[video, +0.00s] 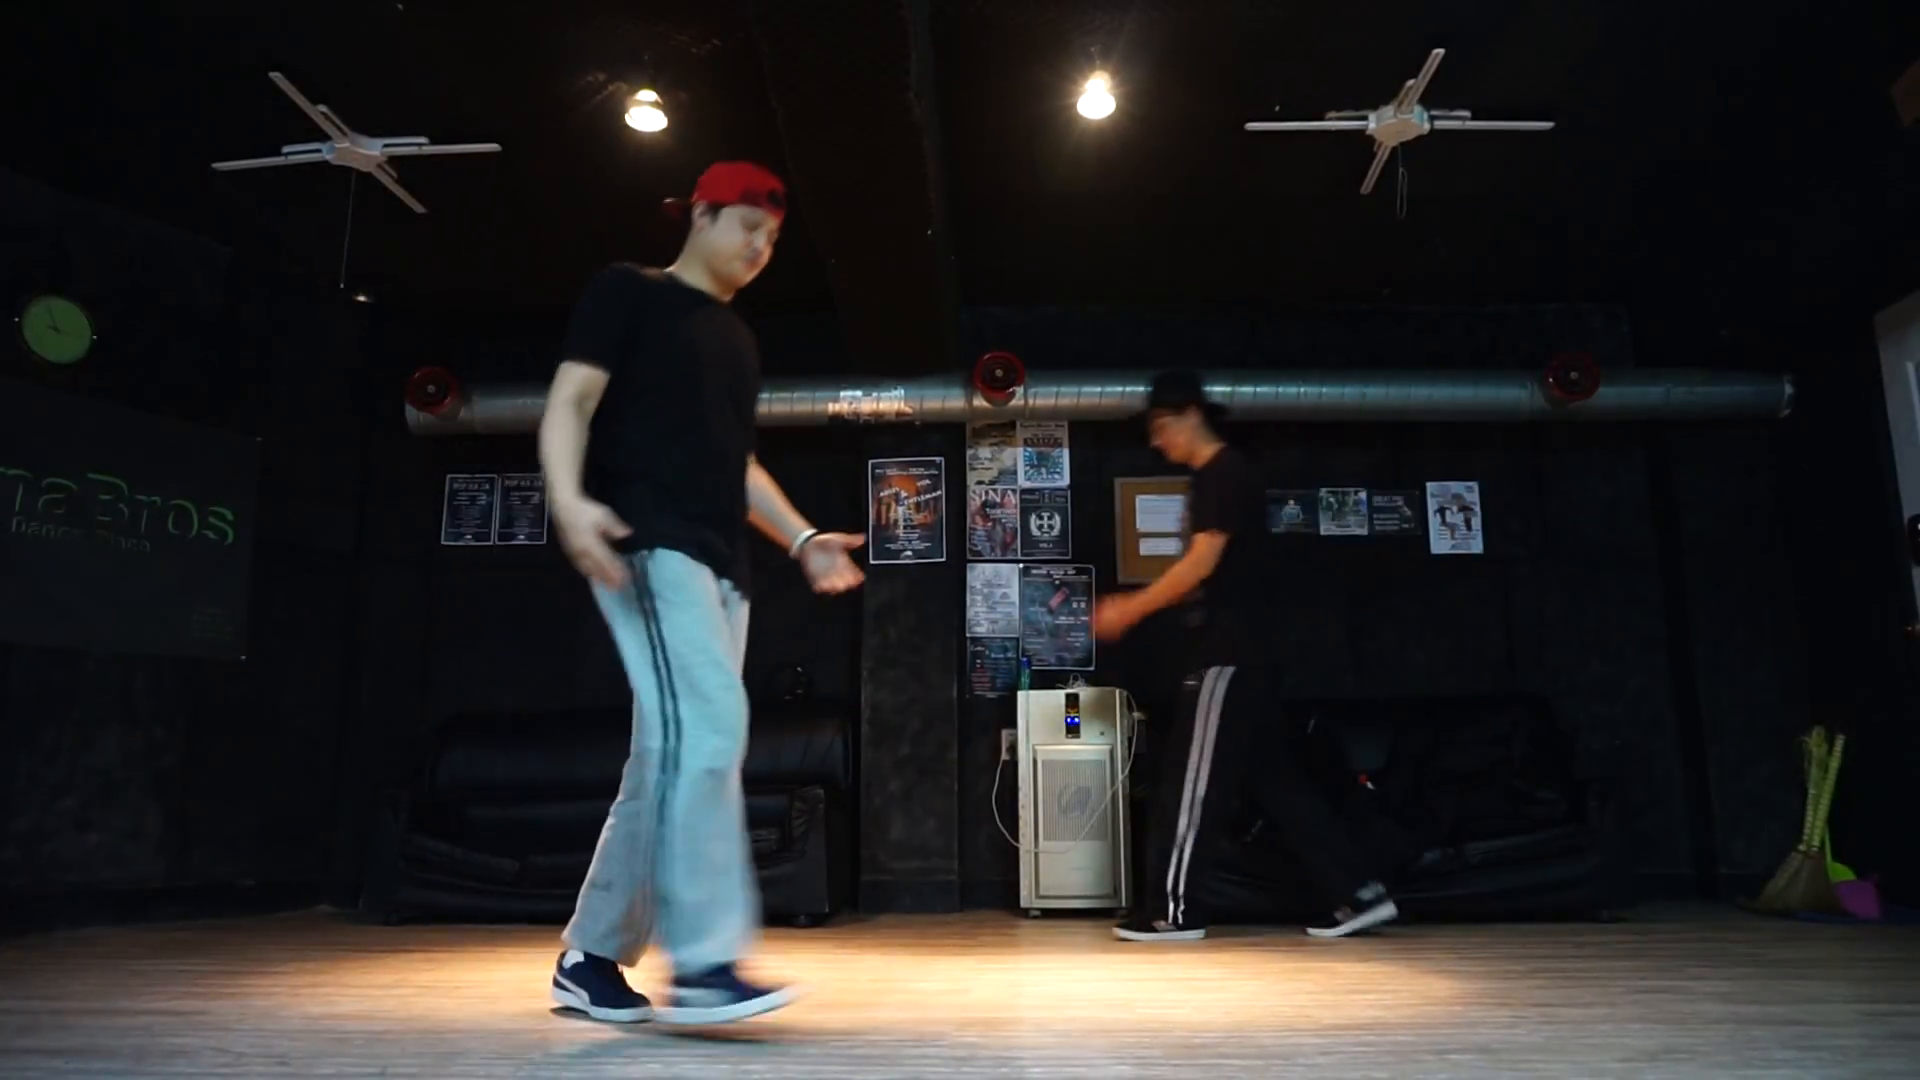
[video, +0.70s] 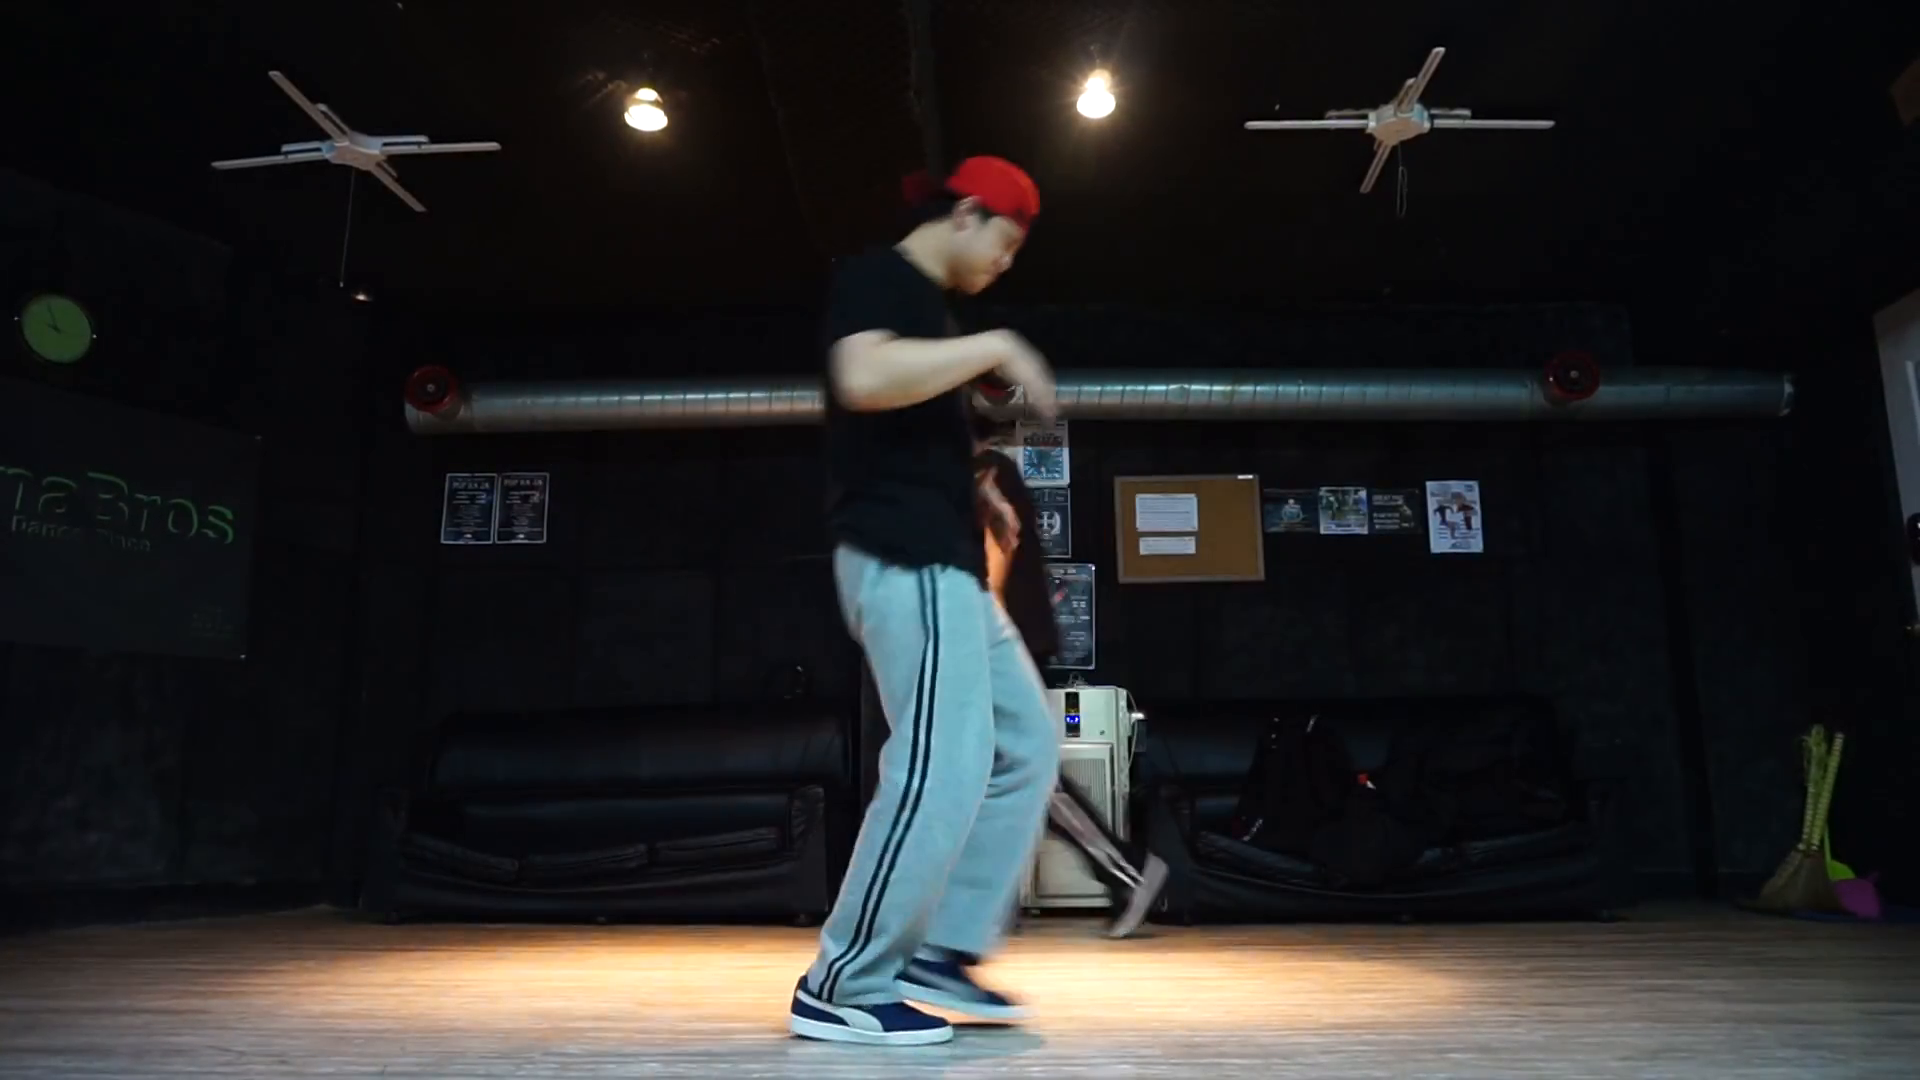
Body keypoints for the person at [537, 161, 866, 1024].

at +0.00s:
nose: (759, 246)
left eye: (769, 235)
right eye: (747, 225)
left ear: (768, 246)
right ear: (700, 218)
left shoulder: (735, 340)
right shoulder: (628, 294)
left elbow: (736, 463)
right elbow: (568, 404)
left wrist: (804, 540)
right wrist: (566, 502)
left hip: (720, 570)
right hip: (647, 554)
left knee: (668, 754)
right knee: (708, 727)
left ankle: (590, 958)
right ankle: (703, 970)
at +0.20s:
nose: (828, 244)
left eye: (837, 233)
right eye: (815, 225)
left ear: (831, 244)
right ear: (763, 219)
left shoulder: (792, 339)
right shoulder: (693, 294)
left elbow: (785, 461)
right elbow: (610, 399)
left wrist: (861, 532)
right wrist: (682, 490)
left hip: (758, 580)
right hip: (704, 574)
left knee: (712, 783)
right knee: (789, 753)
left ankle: (595, 961)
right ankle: (830, 984)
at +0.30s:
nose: (866, 256)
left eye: (877, 245)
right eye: (855, 235)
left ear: (873, 253)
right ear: (805, 222)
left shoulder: (823, 341)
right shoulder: (723, 301)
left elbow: (815, 466)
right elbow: (640, 403)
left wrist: (881, 532)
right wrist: (739, 474)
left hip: (784, 577)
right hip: (746, 575)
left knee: (765, 783)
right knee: (845, 742)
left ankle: (618, 939)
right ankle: (836, 987)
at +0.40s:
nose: (904, 268)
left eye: (915, 256)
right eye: (895, 245)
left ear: (909, 262)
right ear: (845, 228)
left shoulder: (854, 343)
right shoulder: (758, 304)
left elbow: (840, 466)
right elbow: (677, 408)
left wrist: (899, 523)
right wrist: (796, 457)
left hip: (834, 584)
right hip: (790, 584)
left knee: (854, 787)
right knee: (896, 762)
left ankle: (666, 905)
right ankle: (841, 985)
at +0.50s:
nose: (938, 280)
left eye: (948, 268)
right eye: (930, 258)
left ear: (939, 269)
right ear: (884, 234)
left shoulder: (875, 341)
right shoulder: (795, 305)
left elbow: (871, 461)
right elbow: (723, 410)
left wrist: (925, 524)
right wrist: (858, 436)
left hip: (875, 585)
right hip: (834, 587)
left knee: (914, 787)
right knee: (927, 782)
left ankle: (740, 901)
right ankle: (843, 989)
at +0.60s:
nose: (971, 282)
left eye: (979, 268)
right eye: (969, 261)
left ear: (941, 247)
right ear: (926, 232)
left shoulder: (899, 329)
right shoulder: (832, 294)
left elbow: (898, 463)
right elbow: (783, 398)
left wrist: (954, 517)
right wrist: (922, 393)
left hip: (914, 579)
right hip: (870, 580)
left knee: (998, 773)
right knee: (939, 782)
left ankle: (824, 919)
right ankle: (843, 992)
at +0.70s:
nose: (1006, 266)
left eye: (1013, 251)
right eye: (1005, 244)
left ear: (973, 223)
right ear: (966, 215)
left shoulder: (931, 310)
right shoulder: (876, 277)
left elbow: (923, 444)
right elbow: (861, 375)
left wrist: (975, 484)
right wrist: (992, 350)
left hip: (948, 570)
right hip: (903, 567)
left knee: (1026, 748)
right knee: (937, 771)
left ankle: (936, 958)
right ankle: (841, 985)